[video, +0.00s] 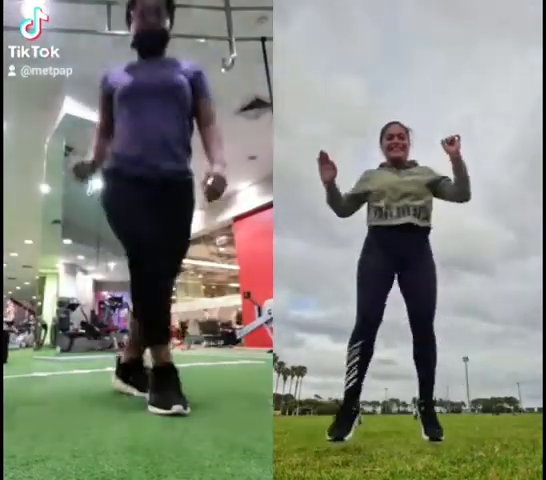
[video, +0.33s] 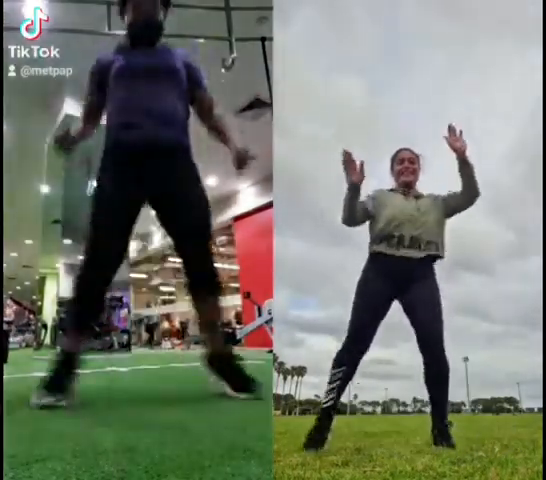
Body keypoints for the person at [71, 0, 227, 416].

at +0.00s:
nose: (149, 19)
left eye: (157, 13)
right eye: (142, 13)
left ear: (169, 23)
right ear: (130, 24)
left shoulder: (189, 73)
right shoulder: (114, 77)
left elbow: (208, 125)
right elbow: (104, 132)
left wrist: (218, 165)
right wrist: (94, 161)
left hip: (175, 182)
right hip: (125, 180)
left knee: (160, 274)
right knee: (148, 268)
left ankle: (130, 361)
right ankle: (163, 373)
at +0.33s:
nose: (148, 15)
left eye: (154, 8)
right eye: (139, 8)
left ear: (164, 15)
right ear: (125, 15)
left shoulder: (181, 64)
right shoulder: (108, 65)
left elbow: (208, 112)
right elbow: (90, 120)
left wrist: (234, 143)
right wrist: (73, 138)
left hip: (174, 167)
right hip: (122, 168)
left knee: (200, 259)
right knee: (98, 266)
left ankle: (218, 352)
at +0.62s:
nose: (143, 18)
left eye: (151, 12)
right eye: (136, 11)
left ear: (161, 20)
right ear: (122, 19)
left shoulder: (176, 66)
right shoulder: (104, 65)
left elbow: (194, 121)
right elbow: (84, 119)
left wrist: (213, 164)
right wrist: (74, 129)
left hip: (167, 169)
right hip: (116, 169)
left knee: (191, 258)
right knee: (97, 262)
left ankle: (215, 349)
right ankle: (66, 356)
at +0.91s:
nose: (150, 40)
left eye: (156, 35)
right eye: (142, 34)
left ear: (165, 45)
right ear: (127, 42)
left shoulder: (177, 100)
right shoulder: (112, 86)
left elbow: (186, 156)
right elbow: (88, 133)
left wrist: (203, 190)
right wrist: (96, 129)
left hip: (164, 189)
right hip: (117, 187)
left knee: (150, 273)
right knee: (127, 276)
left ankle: (130, 368)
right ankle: (132, 367)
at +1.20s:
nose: (161, 35)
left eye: (169, 30)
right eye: (153, 29)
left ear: (177, 40)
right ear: (140, 37)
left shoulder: (180, 93)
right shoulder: (125, 64)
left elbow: (195, 138)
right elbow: (76, 87)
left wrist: (228, 116)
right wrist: (33, 85)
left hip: (176, 179)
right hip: (129, 176)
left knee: (179, 271)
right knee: (129, 269)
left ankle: (174, 362)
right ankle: (125, 359)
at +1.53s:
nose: (161, 34)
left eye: (169, 29)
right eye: (153, 30)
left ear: (180, 39)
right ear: (142, 40)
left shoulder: (195, 81)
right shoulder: (130, 88)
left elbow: (236, 32)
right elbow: (115, 141)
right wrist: (92, 170)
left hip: (178, 182)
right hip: (135, 177)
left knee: (176, 274)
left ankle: (170, 365)